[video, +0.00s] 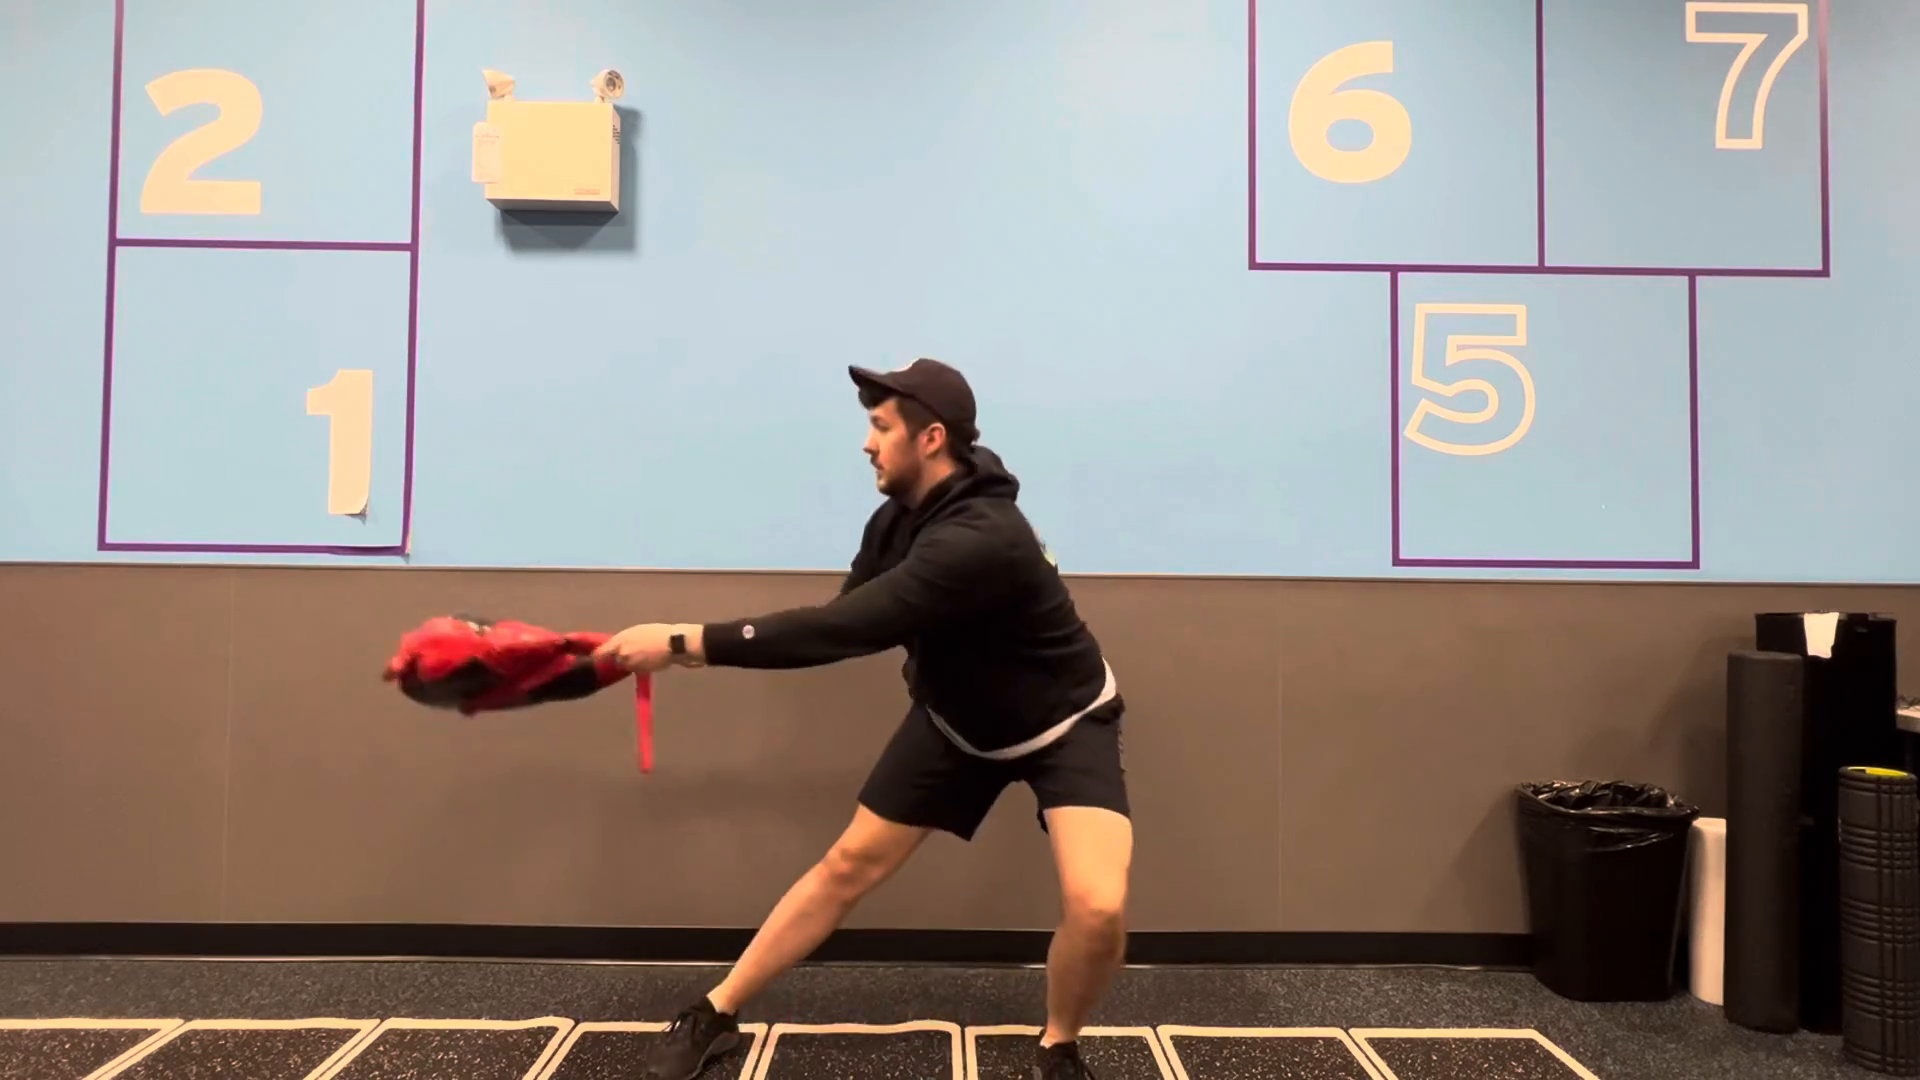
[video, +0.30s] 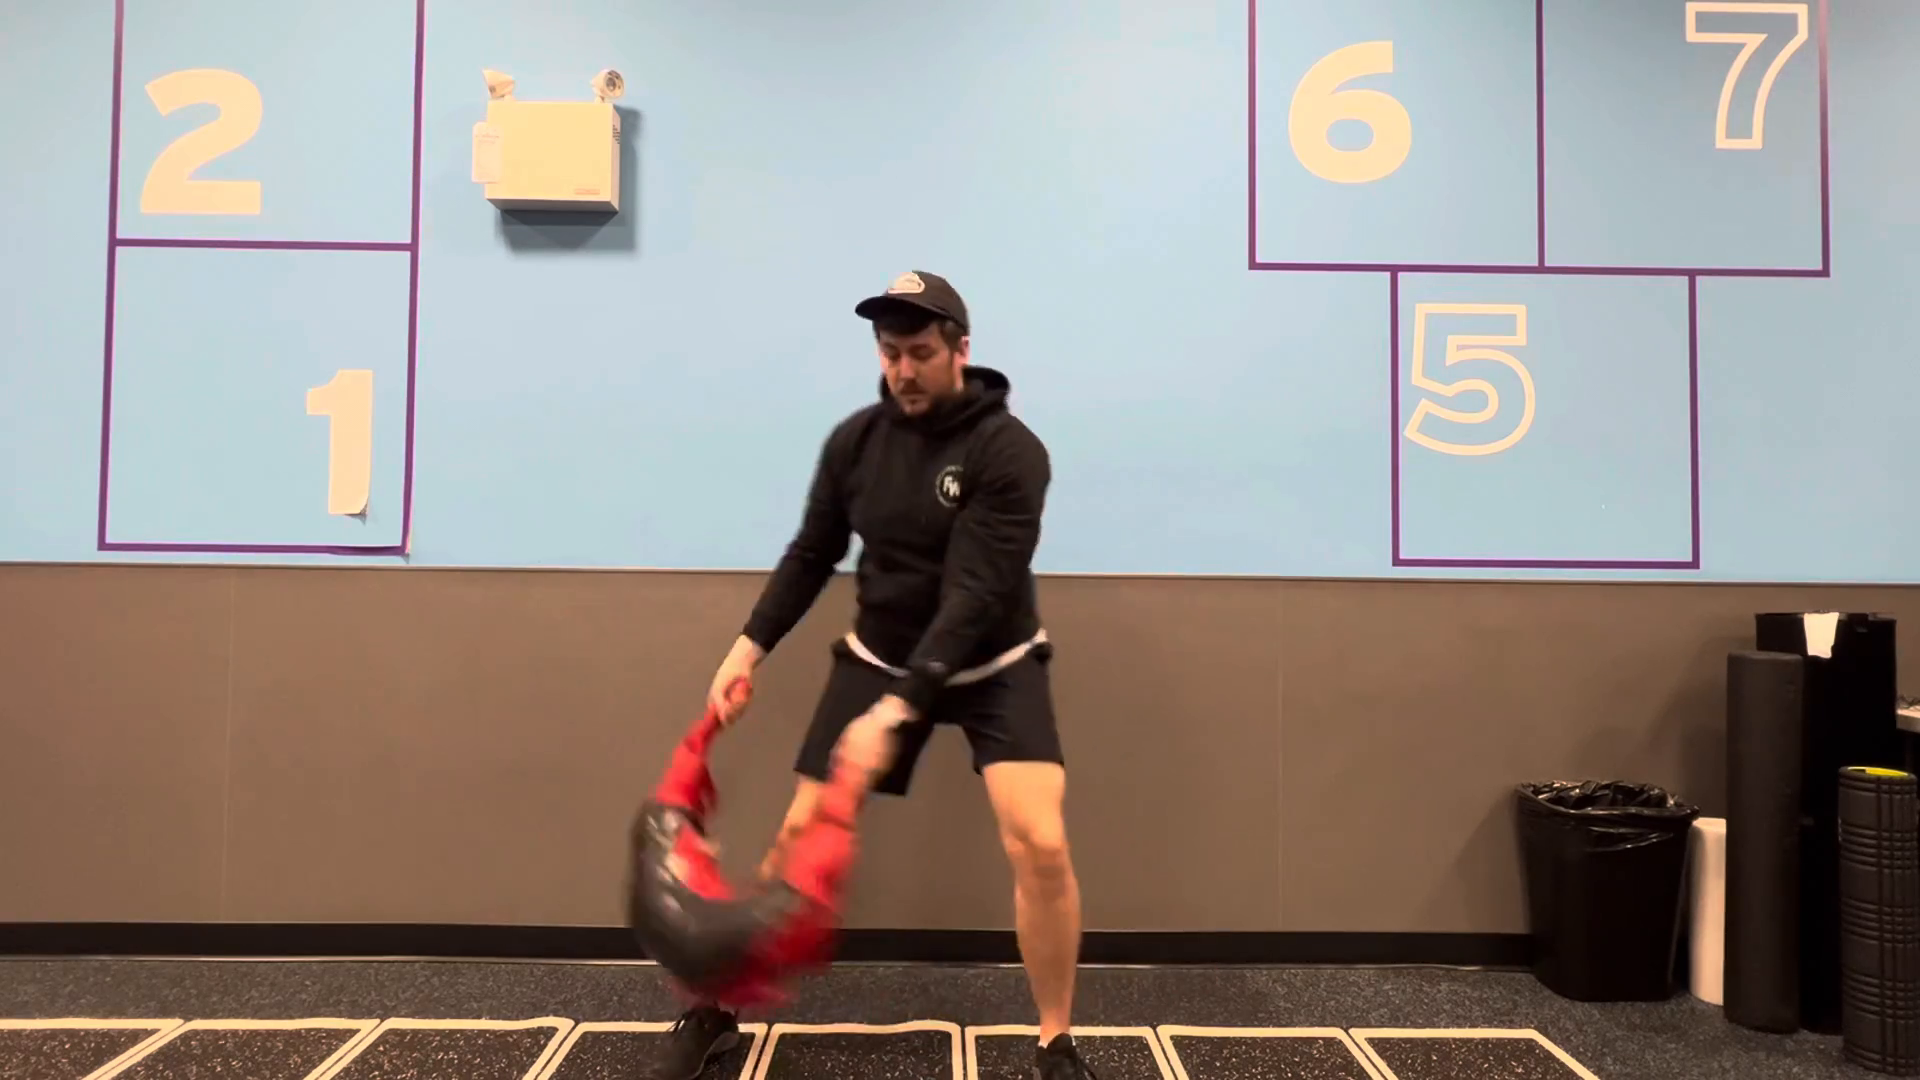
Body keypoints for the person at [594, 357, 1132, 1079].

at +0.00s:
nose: (868, 444)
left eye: (882, 428)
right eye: (870, 428)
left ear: (933, 438)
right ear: (925, 438)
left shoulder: (981, 534)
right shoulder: (895, 523)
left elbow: (849, 628)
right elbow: (841, 625)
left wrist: (684, 642)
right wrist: (704, 648)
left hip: (1066, 720)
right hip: (954, 718)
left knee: (1100, 907)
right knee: (847, 865)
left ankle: (1060, 1048)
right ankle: (714, 1012)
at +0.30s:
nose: (899, 372)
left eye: (917, 353)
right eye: (888, 354)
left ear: (959, 350)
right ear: (876, 355)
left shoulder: (1009, 453)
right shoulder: (854, 443)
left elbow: (977, 597)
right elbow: (813, 555)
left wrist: (900, 706)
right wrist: (747, 648)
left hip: (996, 664)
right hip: (879, 660)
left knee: (1041, 844)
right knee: (799, 832)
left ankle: (1056, 1042)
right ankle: (717, 1009)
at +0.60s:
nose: (872, 384)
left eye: (885, 365)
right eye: (854, 367)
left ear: (901, 354)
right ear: (813, 359)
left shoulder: (929, 425)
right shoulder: (772, 448)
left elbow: (1000, 520)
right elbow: (813, 588)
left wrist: (1084, 608)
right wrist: (924, 673)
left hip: (910, 647)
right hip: (798, 653)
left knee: (971, 816)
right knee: (750, 832)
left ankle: (1047, 1007)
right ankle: (712, 1009)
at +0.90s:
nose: (912, 400)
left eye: (925, 383)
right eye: (895, 384)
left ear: (939, 373)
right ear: (853, 373)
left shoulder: (962, 435)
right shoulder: (811, 456)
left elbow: (1023, 520)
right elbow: (883, 579)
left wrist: (1118, 585)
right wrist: (1023, 626)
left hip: (934, 653)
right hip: (821, 660)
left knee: (993, 821)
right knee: (757, 834)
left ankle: (1046, 1015)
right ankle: (697, 1005)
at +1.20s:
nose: (854, 422)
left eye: (871, 406)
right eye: (840, 404)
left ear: (904, 394)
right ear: (817, 390)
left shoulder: (944, 450)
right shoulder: (782, 471)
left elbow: (1004, 555)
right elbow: (820, 613)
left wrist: (1078, 652)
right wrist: (906, 715)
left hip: (919, 655)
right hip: (803, 657)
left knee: (981, 819)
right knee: (745, 828)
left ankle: (1046, 1018)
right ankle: (702, 1014)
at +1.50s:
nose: (827, 404)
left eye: (845, 388)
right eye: (816, 386)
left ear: (890, 378)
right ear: (803, 375)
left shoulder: (938, 459)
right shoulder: (776, 440)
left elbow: (910, 607)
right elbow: (737, 553)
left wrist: (839, 729)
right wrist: (674, 656)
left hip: (924, 651)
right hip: (810, 647)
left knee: (983, 829)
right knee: (749, 818)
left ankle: (1042, 1012)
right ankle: (704, 1010)